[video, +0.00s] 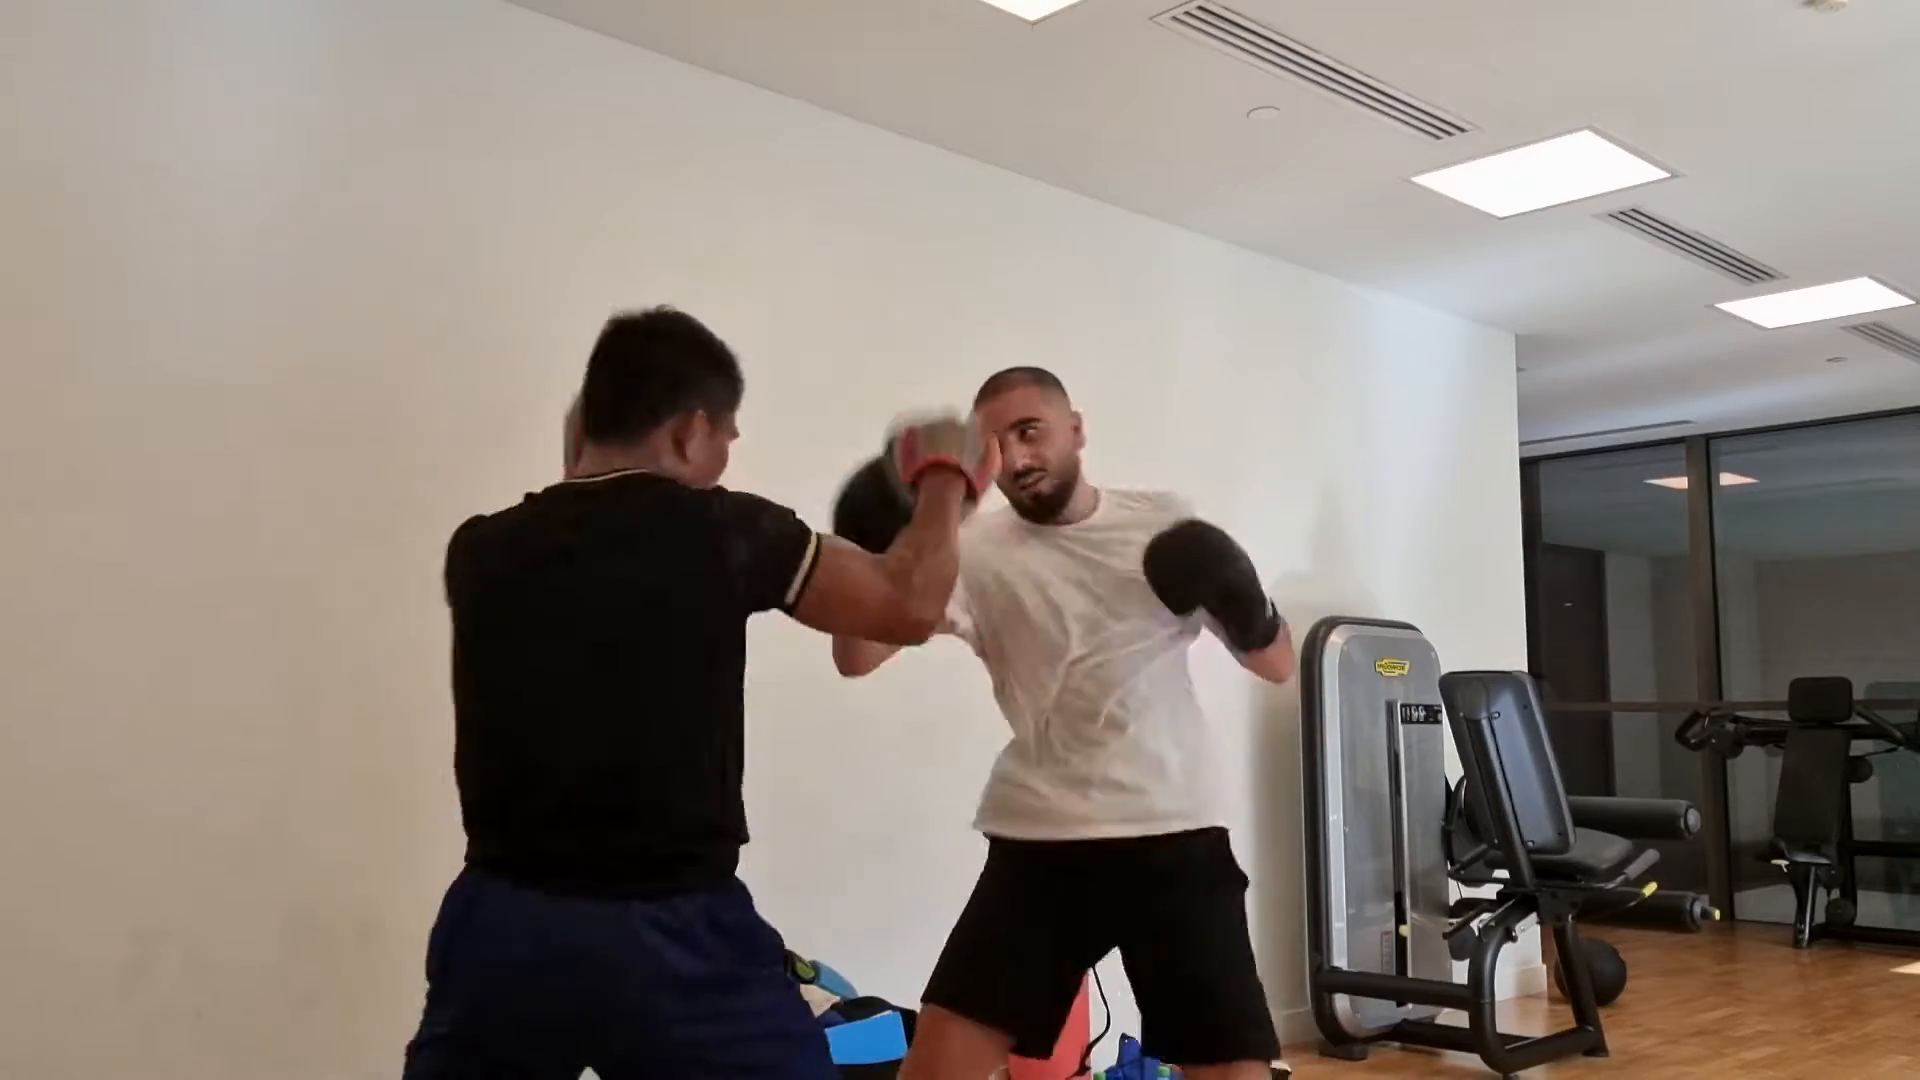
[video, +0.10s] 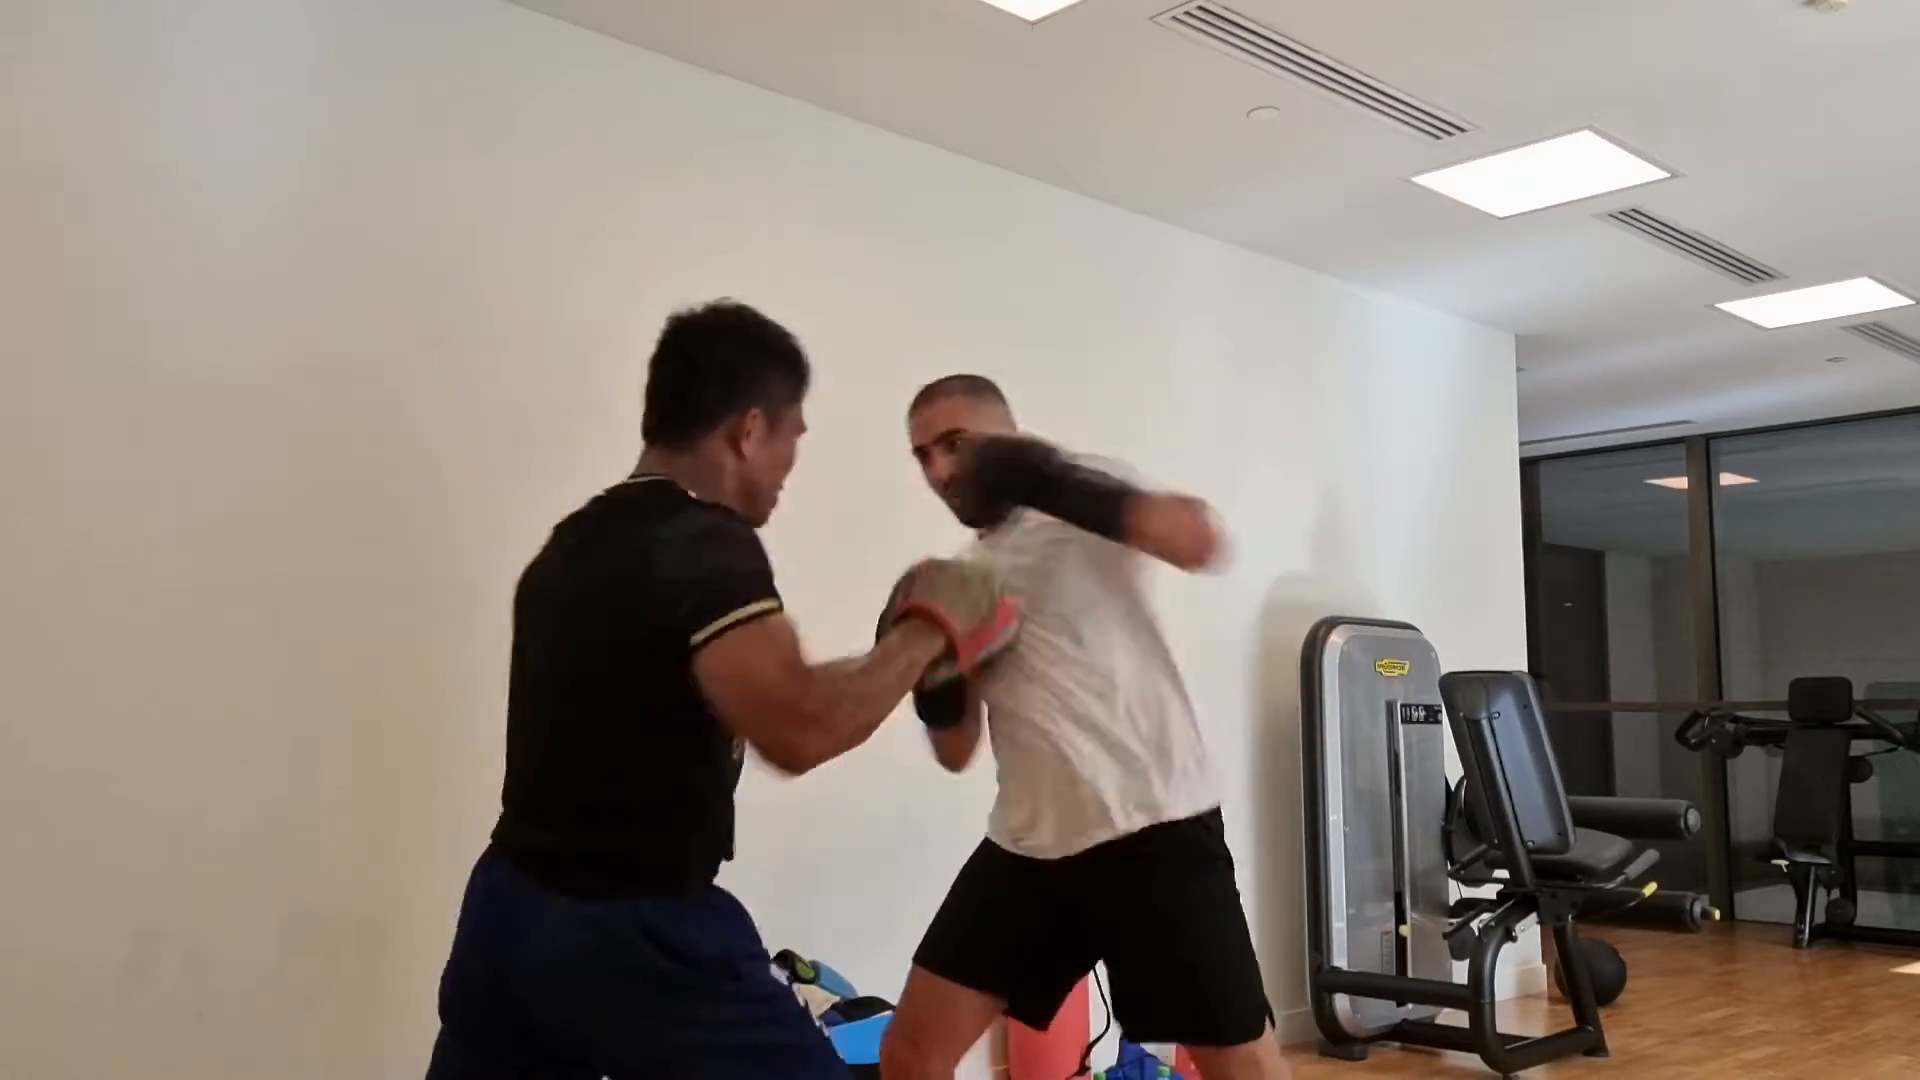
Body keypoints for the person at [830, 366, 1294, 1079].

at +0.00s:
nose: (1016, 455)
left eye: (1030, 430)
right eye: (995, 441)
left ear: (1076, 430)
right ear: (982, 460)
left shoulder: (1162, 526)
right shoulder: (970, 551)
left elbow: (1278, 666)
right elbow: (856, 655)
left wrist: (1240, 601)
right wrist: (863, 544)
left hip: (1178, 846)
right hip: (1038, 850)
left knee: (1236, 1069)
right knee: (941, 1064)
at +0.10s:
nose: (942, 469)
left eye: (956, 443)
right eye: (924, 457)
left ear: (1008, 434)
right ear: (920, 471)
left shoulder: (1078, 491)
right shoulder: (957, 580)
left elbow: (1202, 540)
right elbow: (955, 752)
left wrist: (1047, 482)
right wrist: (939, 674)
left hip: (1160, 834)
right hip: (1027, 850)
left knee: (1248, 1070)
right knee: (911, 1058)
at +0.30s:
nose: (916, 480)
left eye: (924, 454)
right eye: (902, 471)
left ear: (981, 431)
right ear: (904, 484)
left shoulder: (1068, 481)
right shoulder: (973, 575)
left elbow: (1165, 594)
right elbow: (970, 742)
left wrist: (1033, 607)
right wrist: (938, 648)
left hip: (1147, 785)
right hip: (1027, 824)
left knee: (1212, 1051)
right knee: (937, 1045)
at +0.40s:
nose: (954, 453)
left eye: (967, 427)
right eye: (943, 441)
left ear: (1030, 416)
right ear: (943, 456)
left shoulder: (1138, 494)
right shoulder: (982, 556)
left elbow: (1254, 629)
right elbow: (946, 716)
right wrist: (944, 606)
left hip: (1160, 806)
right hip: (1031, 831)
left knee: (1223, 1061)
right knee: (937, 1054)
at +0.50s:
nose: (1019, 432)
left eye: (1036, 408)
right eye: (1009, 418)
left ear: (1097, 407)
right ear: (1007, 434)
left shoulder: (1204, 501)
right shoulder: (1014, 549)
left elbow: (1310, 642)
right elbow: (961, 702)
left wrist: (1260, 647)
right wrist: (970, 597)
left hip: (1199, 814)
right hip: (1060, 831)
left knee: (1255, 1062)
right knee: (966, 1051)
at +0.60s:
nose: (1090, 414)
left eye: (1108, 391)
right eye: (1080, 402)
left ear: (1170, 394)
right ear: (1075, 419)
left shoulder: (1269, 499)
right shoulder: (1062, 540)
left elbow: (1357, 662)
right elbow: (1010, 689)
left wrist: (1294, 631)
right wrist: (1004, 612)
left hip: (1261, 804)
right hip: (1121, 824)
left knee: (1312, 1049)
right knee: (1036, 1031)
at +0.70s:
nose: (1151, 393)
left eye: (1171, 371)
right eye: (1139, 380)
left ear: (1229, 379)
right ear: (1134, 400)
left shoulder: (1319, 486)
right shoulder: (1115, 516)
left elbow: (1412, 655)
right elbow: (1047, 669)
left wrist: (1332, 601)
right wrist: (1042, 626)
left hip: (1312, 804)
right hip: (1170, 819)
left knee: (1349, 1062)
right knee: (1072, 1056)